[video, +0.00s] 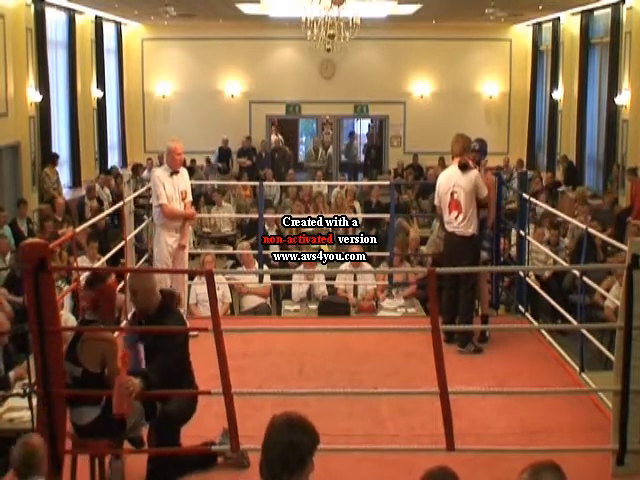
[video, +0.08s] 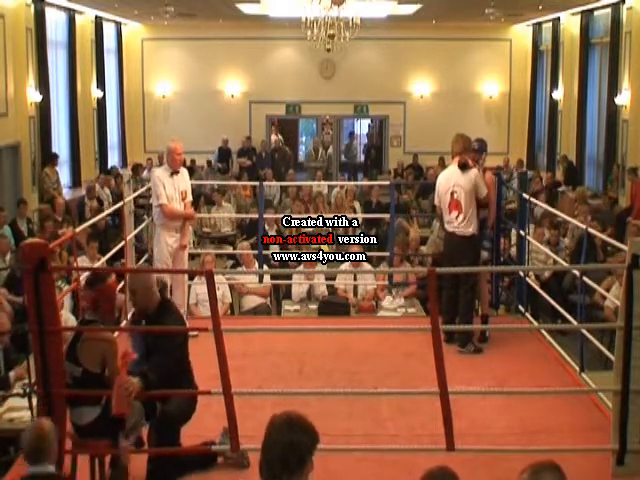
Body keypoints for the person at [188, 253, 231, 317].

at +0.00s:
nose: (209, 265)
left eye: (211, 262)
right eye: (207, 262)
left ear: (214, 263)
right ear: (203, 264)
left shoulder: (220, 279)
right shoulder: (197, 280)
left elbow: (227, 301)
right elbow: (192, 304)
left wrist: (219, 316)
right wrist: (201, 317)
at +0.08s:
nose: (209, 265)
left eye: (211, 262)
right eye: (207, 262)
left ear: (214, 263)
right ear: (203, 264)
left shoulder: (220, 279)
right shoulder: (197, 280)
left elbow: (227, 301)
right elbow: (192, 304)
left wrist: (219, 316)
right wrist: (201, 318)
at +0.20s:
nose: (210, 265)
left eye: (212, 262)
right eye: (207, 262)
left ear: (214, 263)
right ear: (203, 264)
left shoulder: (220, 279)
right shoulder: (197, 280)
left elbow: (227, 302)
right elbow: (192, 304)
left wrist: (218, 316)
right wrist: (201, 318)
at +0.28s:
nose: (210, 265)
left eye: (212, 262)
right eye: (207, 262)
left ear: (215, 263)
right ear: (203, 264)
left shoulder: (221, 279)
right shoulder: (197, 280)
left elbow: (227, 301)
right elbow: (192, 304)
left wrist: (219, 316)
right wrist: (202, 318)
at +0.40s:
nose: (210, 265)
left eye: (212, 262)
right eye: (207, 262)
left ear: (215, 263)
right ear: (203, 264)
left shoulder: (221, 279)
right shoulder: (197, 280)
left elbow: (227, 301)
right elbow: (192, 304)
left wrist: (219, 316)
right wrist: (202, 318)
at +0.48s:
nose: (210, 265)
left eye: (212, 262)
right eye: (207, 262)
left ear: (215, 263)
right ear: (203, 264)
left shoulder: (221, 279)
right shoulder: (197, 280)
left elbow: (227, 301)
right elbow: (192, 304)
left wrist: (219, 315)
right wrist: (202, 318)